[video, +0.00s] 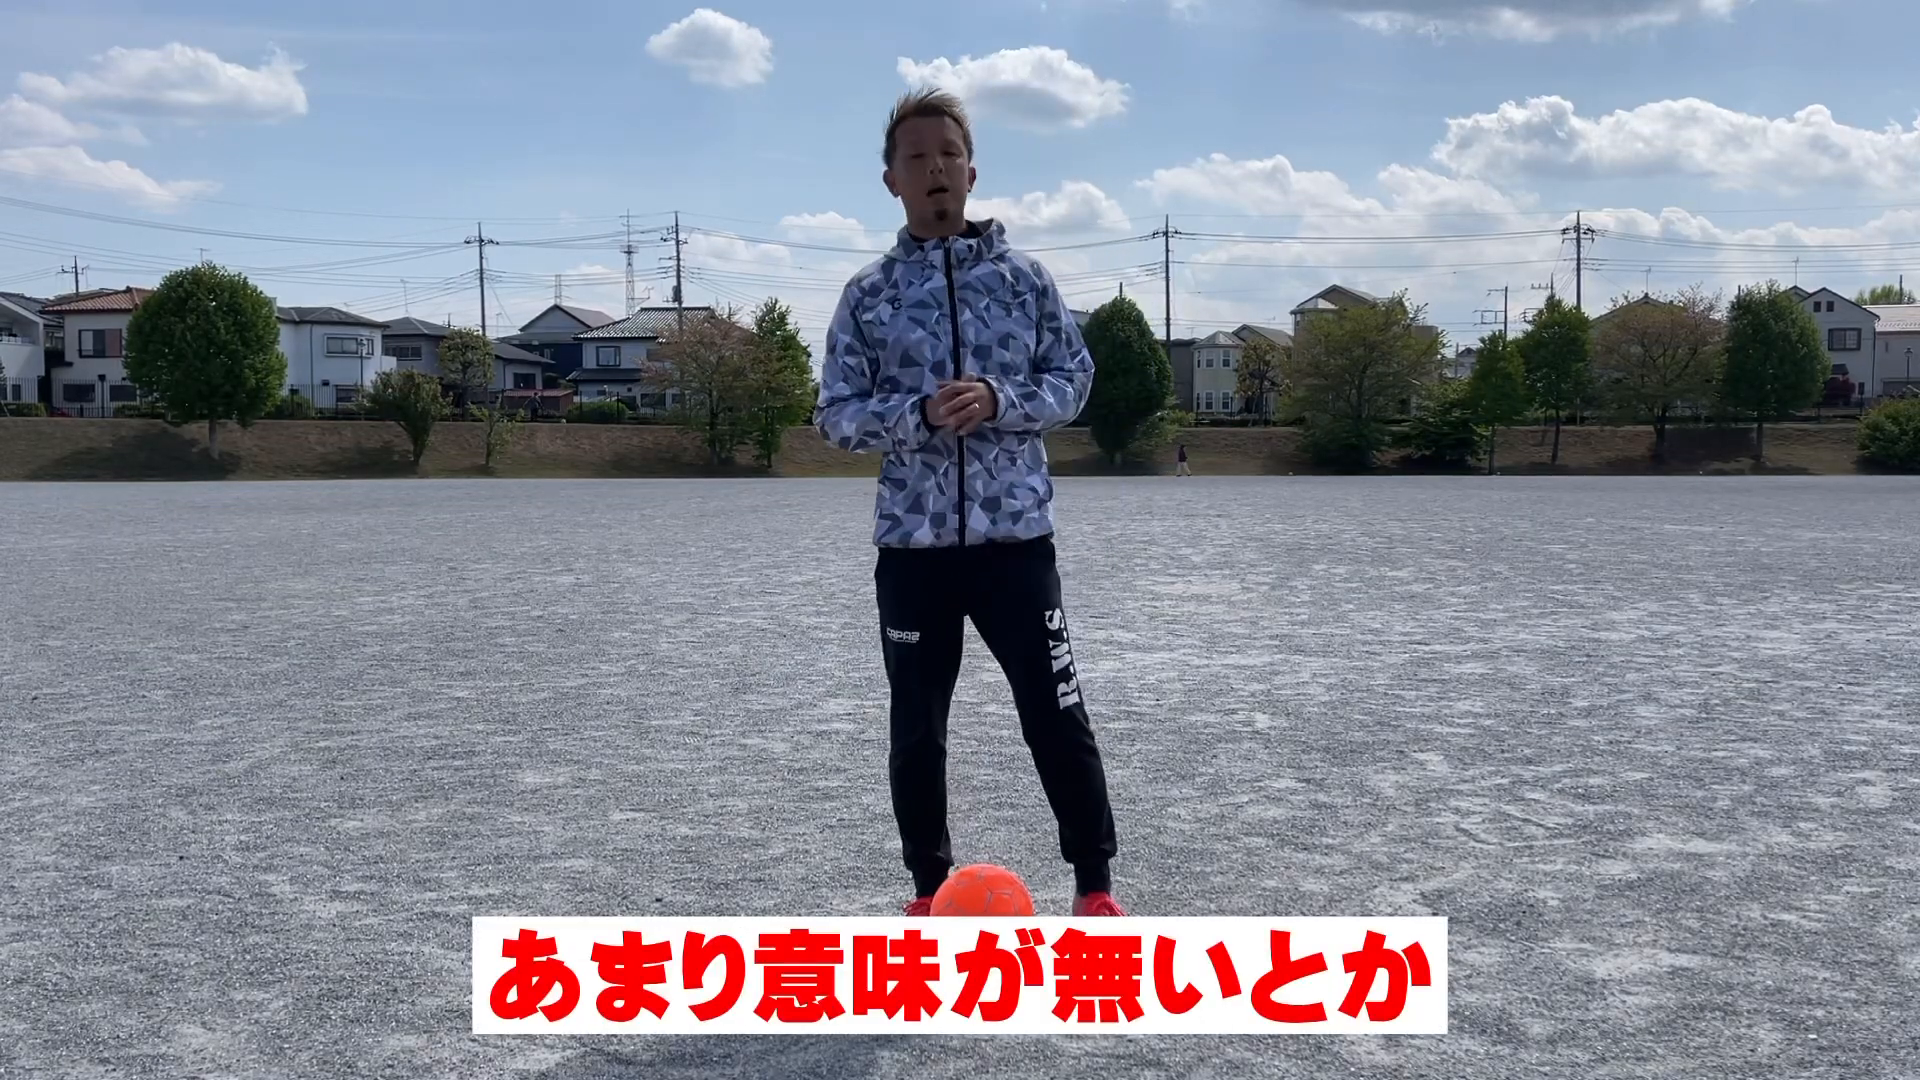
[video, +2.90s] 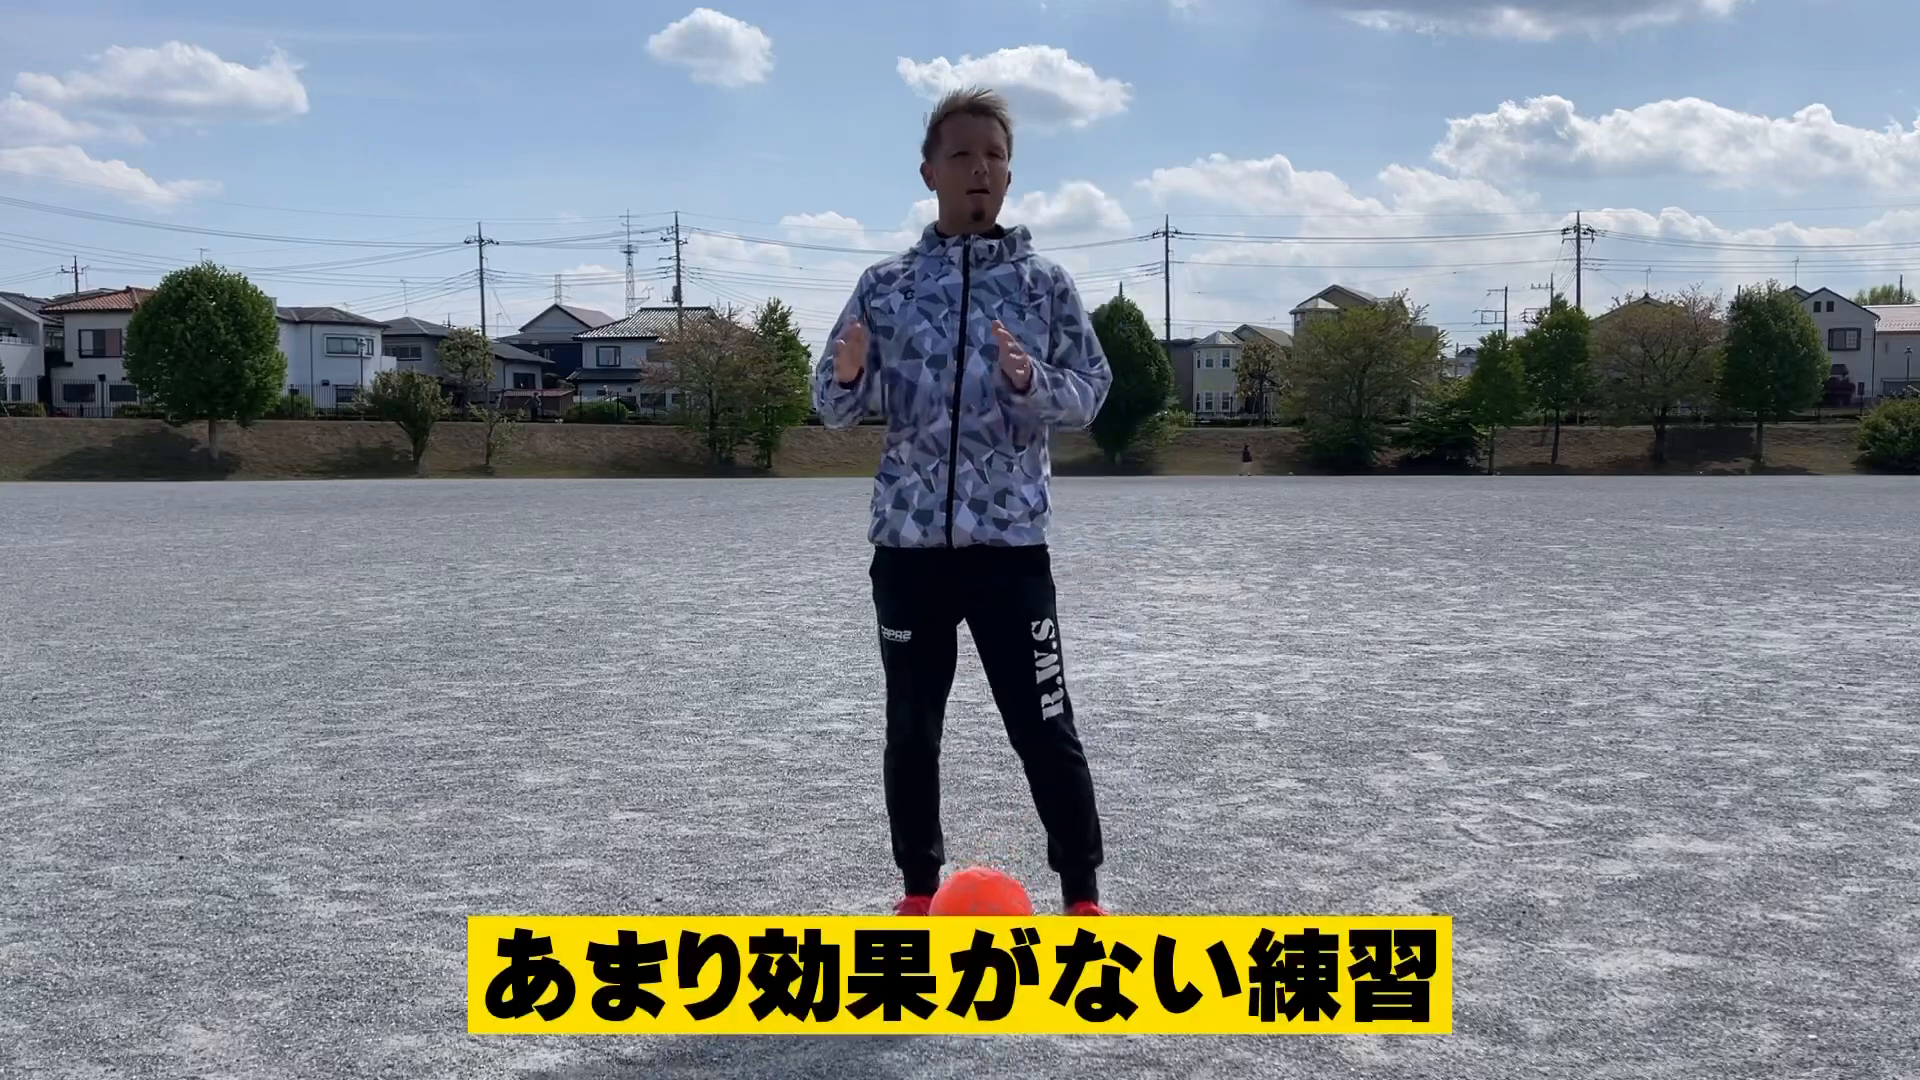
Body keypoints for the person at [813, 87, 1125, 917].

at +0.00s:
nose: (936, 169)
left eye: (948, 153)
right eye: (916, 156)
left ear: (971, 167)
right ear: (891, 178)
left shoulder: (1023, 279)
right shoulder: (867, 295)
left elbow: (1073, 384)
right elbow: (836, 414)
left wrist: (1002, 399)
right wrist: (918, 414)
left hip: (1012, 535)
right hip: (913, 540)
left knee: (1055, 708)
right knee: (916, 723)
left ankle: (1094, 886)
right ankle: (927, 892)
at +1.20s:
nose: (1067, 161)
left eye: (1083, 149)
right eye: (1051, 147)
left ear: (1102, 169)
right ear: (1022, 165)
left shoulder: (1134, 288)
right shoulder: (972, 281)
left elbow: (1171, 400)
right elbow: (916, 393)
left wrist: (1131, 372)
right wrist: (946, 374)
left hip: (1086, 538)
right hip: (984, 534)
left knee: (1090, 728)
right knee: (954, 725)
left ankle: (1093, 898)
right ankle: (930, 891)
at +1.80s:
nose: (1111, 167)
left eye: (1128, 155)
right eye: (1096, 152)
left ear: (1150, 174)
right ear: (1069, 163)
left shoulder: (1174, 291)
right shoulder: (1014, 272)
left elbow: (1206, 405)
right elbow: (965, 387)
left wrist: (1125, 416)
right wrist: (1041, 403)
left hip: (1109, 538)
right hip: (1008, 526)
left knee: (1102, 726)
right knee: (968, 667)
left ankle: (1091, 900)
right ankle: (1016, 794)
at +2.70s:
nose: (1007, 165)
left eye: (1019, 150)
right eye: (986, 154)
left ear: (1036, 165)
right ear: (956, 174)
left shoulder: (1076, 289)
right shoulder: (914, 286)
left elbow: (1109, 393)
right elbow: (874, 398)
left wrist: (1066, 420)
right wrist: (911, 389)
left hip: (1027, 538)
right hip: (928, 538)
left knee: (1056, 725)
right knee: (921, 724)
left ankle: (1087, 899)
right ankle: (921, 890)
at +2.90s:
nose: (983, 169)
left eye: (996, 156)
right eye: (963, 155)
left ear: (1010, 171)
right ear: (929, 171)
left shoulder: (1042, 282)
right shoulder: (884, 285)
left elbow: (1089, 392)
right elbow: (836, 406)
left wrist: (1034, 382)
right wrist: (845, 377)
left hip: (1007, 535)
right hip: (909, 536)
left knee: (1043, 719)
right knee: (910, 725)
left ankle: (1082, 897)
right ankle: (917, 894)